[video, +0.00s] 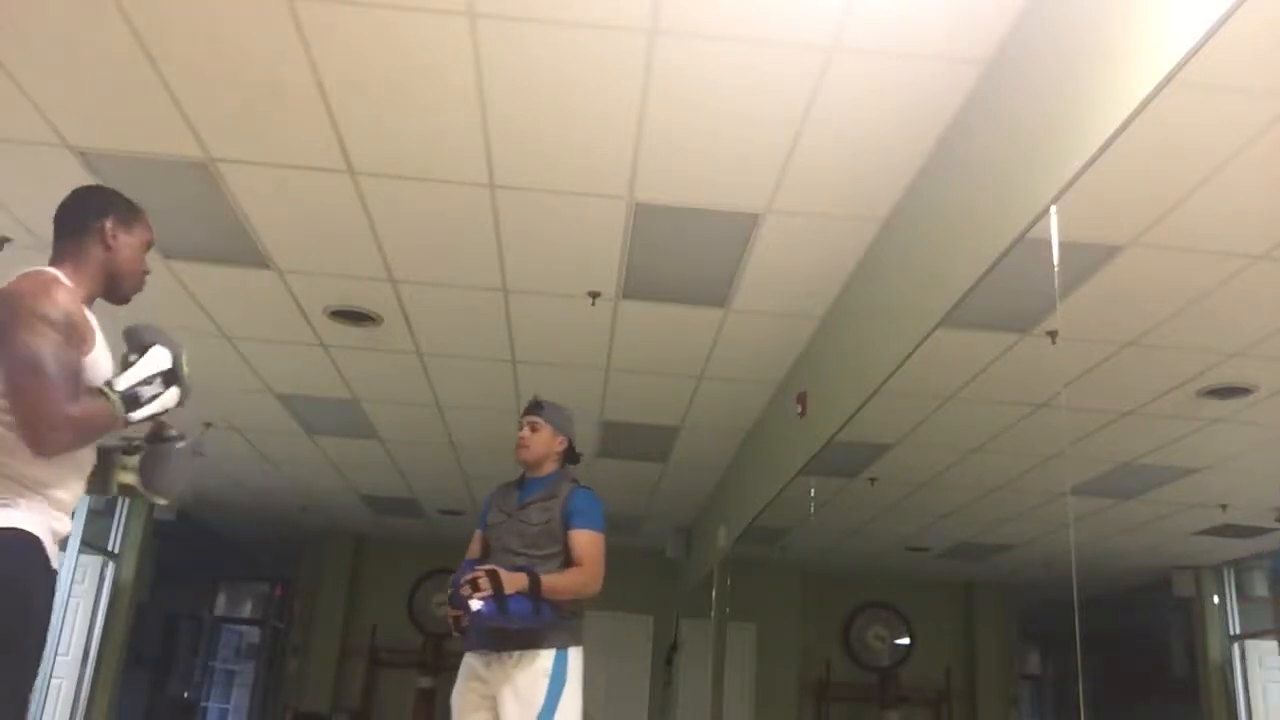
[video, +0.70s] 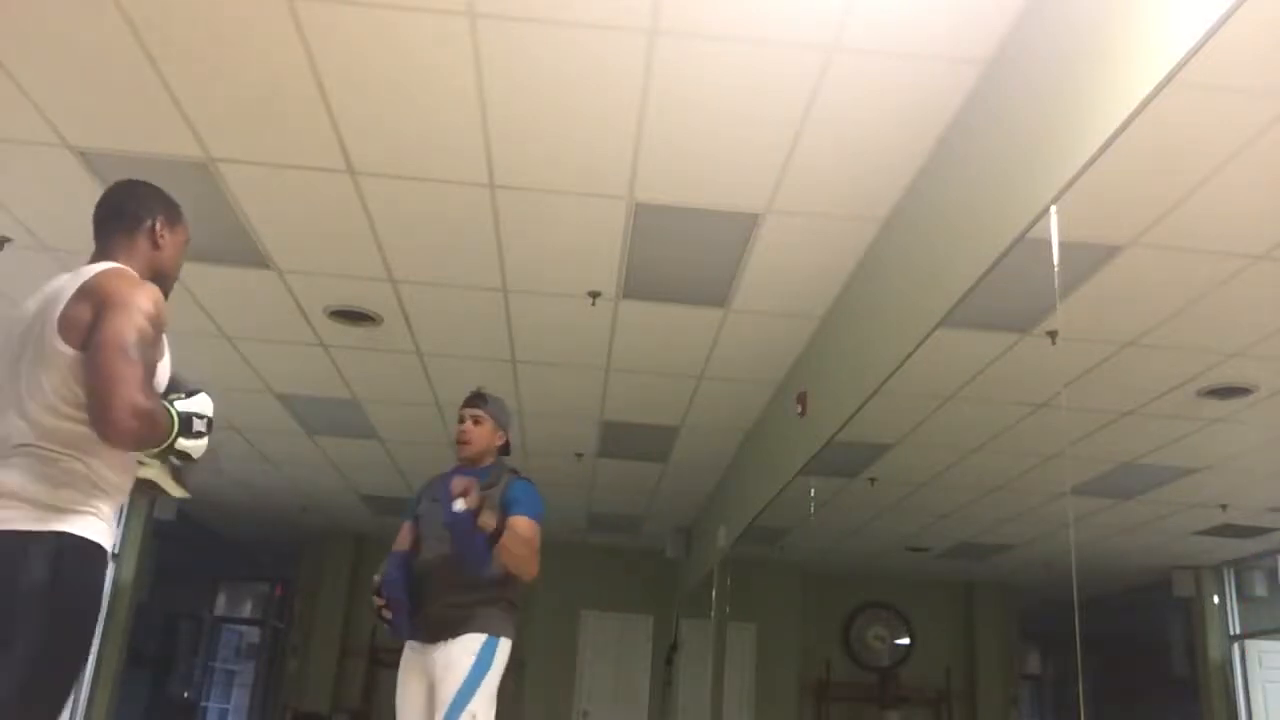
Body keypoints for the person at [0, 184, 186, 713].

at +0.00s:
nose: (148, 267)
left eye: (149, 252)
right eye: (145, 248)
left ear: (105, 238)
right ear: (108, 234)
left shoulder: (71, 314)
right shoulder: (42, 296)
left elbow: (48, 438)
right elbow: (47, 427)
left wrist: (126, 432)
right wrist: (128, 401)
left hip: (29, 543)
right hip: (14, 541)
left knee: (15, 698)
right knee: (10, 699)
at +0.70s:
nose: (181, 260)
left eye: (184, 245)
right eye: (182, 241)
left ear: (108, 233)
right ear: (157, 231)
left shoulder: (52, 296)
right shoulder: (130, 292)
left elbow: (47, 422)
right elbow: (122, 420)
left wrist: (141, 456)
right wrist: (178, 419)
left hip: (15, 533)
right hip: (56, 544)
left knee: (21, 699)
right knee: (31, 704)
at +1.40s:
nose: (233, 255)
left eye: (236, 238)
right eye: (235, 235)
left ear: (155, 222)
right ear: (214, 222)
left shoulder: (75, 301)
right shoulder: (185, 293)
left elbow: (34, 429)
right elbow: (196, 445)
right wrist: (243, 411)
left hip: (29, 548)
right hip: (105, 550)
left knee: (42, 710)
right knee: (116, 707)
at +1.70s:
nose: (269, 240)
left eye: (271, 223)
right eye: (271, 221)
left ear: (187, 208)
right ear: (255, 210)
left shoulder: (106, 282)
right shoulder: (238, 280)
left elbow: (61, 417)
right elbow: (264, 436)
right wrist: (297, 391)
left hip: (63, 538)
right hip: (148, 543)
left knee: (60, 706)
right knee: (133, 706)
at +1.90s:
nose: (288, 255)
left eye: (288, 244)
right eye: (289, 241)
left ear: (207, 233)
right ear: (278, 232)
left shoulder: (141, 305)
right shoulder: (273, 282)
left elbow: (107, 444)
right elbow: (307, 434)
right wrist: (326, 399)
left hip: (104, 554)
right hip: (183, 555)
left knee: (107, 707)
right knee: (158, 708)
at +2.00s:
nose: (303, 261)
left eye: (303, 252)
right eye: (304, 250)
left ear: (221, 246)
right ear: (291, 241)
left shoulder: (161, 317)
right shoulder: (292, 281)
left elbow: (138, 447)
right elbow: (324, 415)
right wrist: (329, 436)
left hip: (132, 558)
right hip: (219, 556)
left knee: (140, 711)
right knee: (237, 710)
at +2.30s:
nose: (361, 256)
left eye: (359, 245)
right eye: (363, 242)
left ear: (286, 235)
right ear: (357, 235)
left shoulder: (220, 313)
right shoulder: (358, 287)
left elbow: (180, 451)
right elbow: (398, 431)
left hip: (186, 566)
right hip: (289, 560)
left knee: (173, 710)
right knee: (310, 709)